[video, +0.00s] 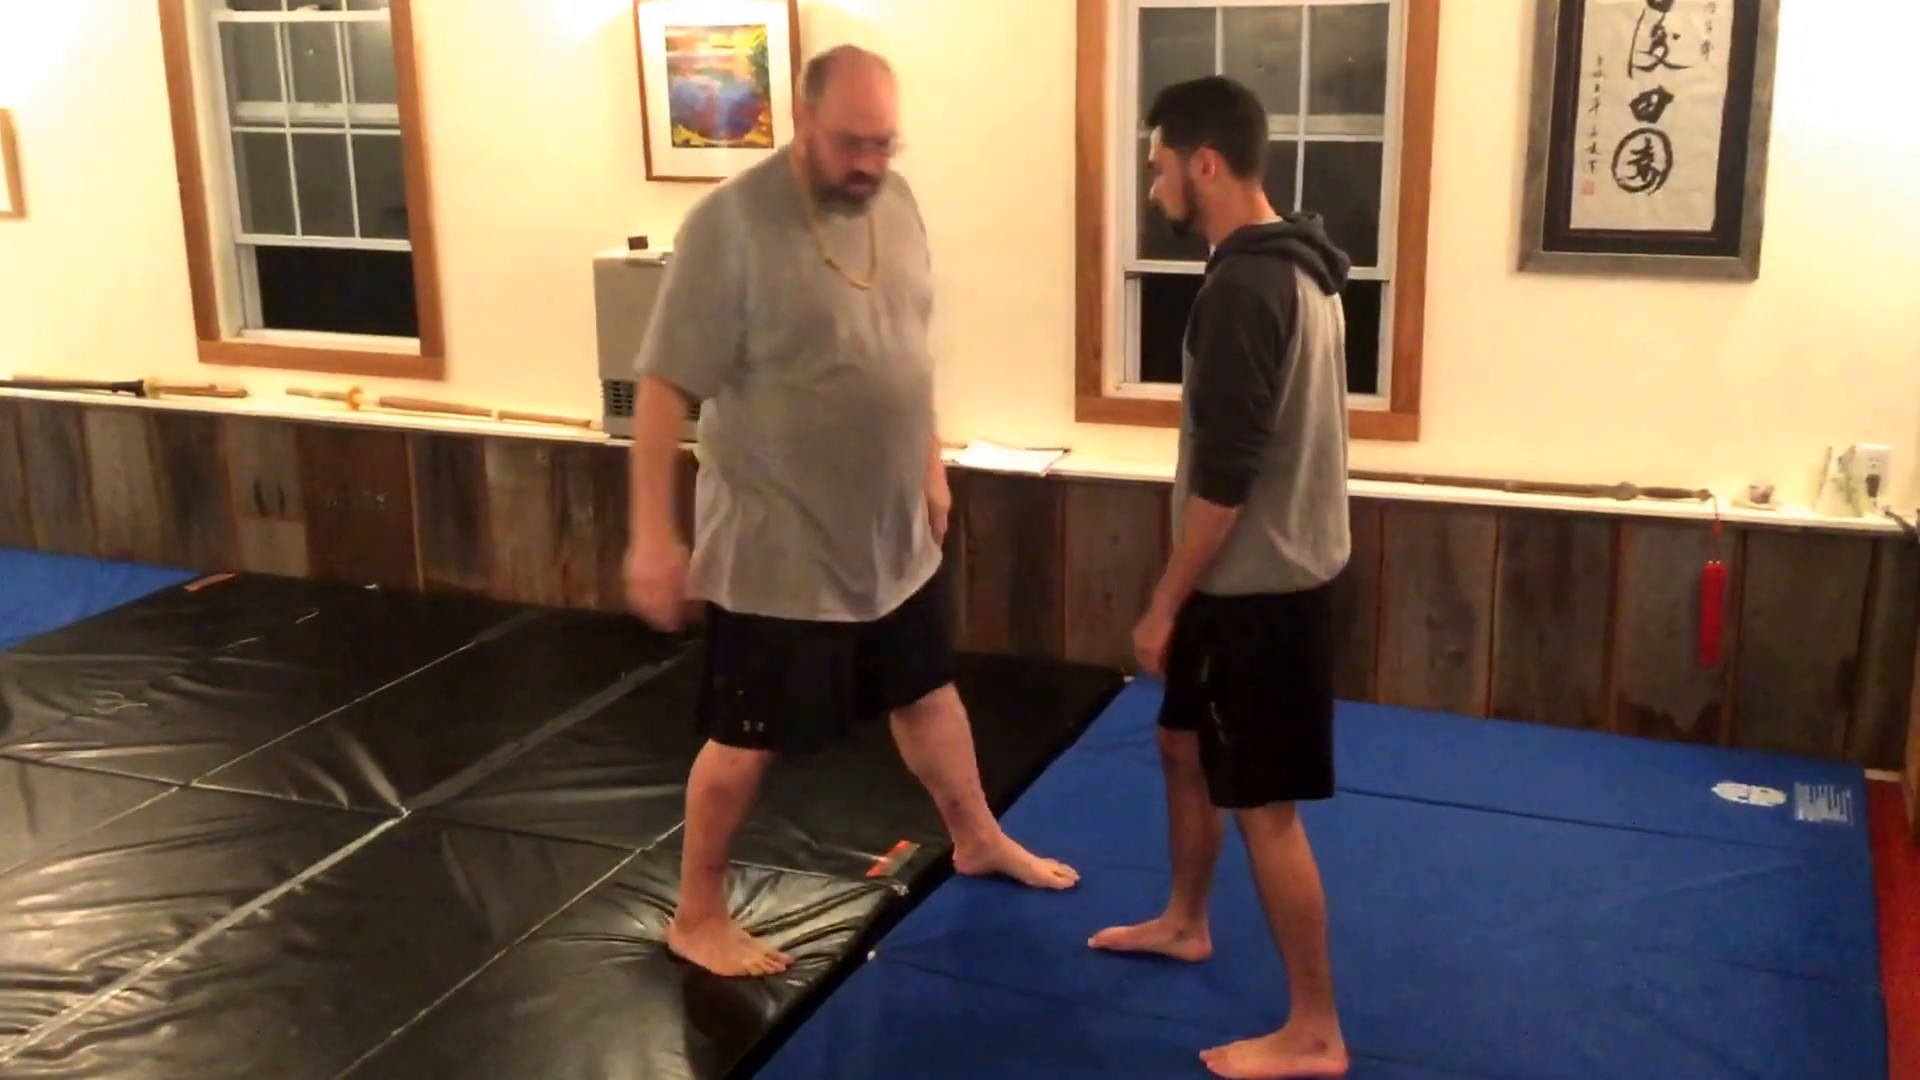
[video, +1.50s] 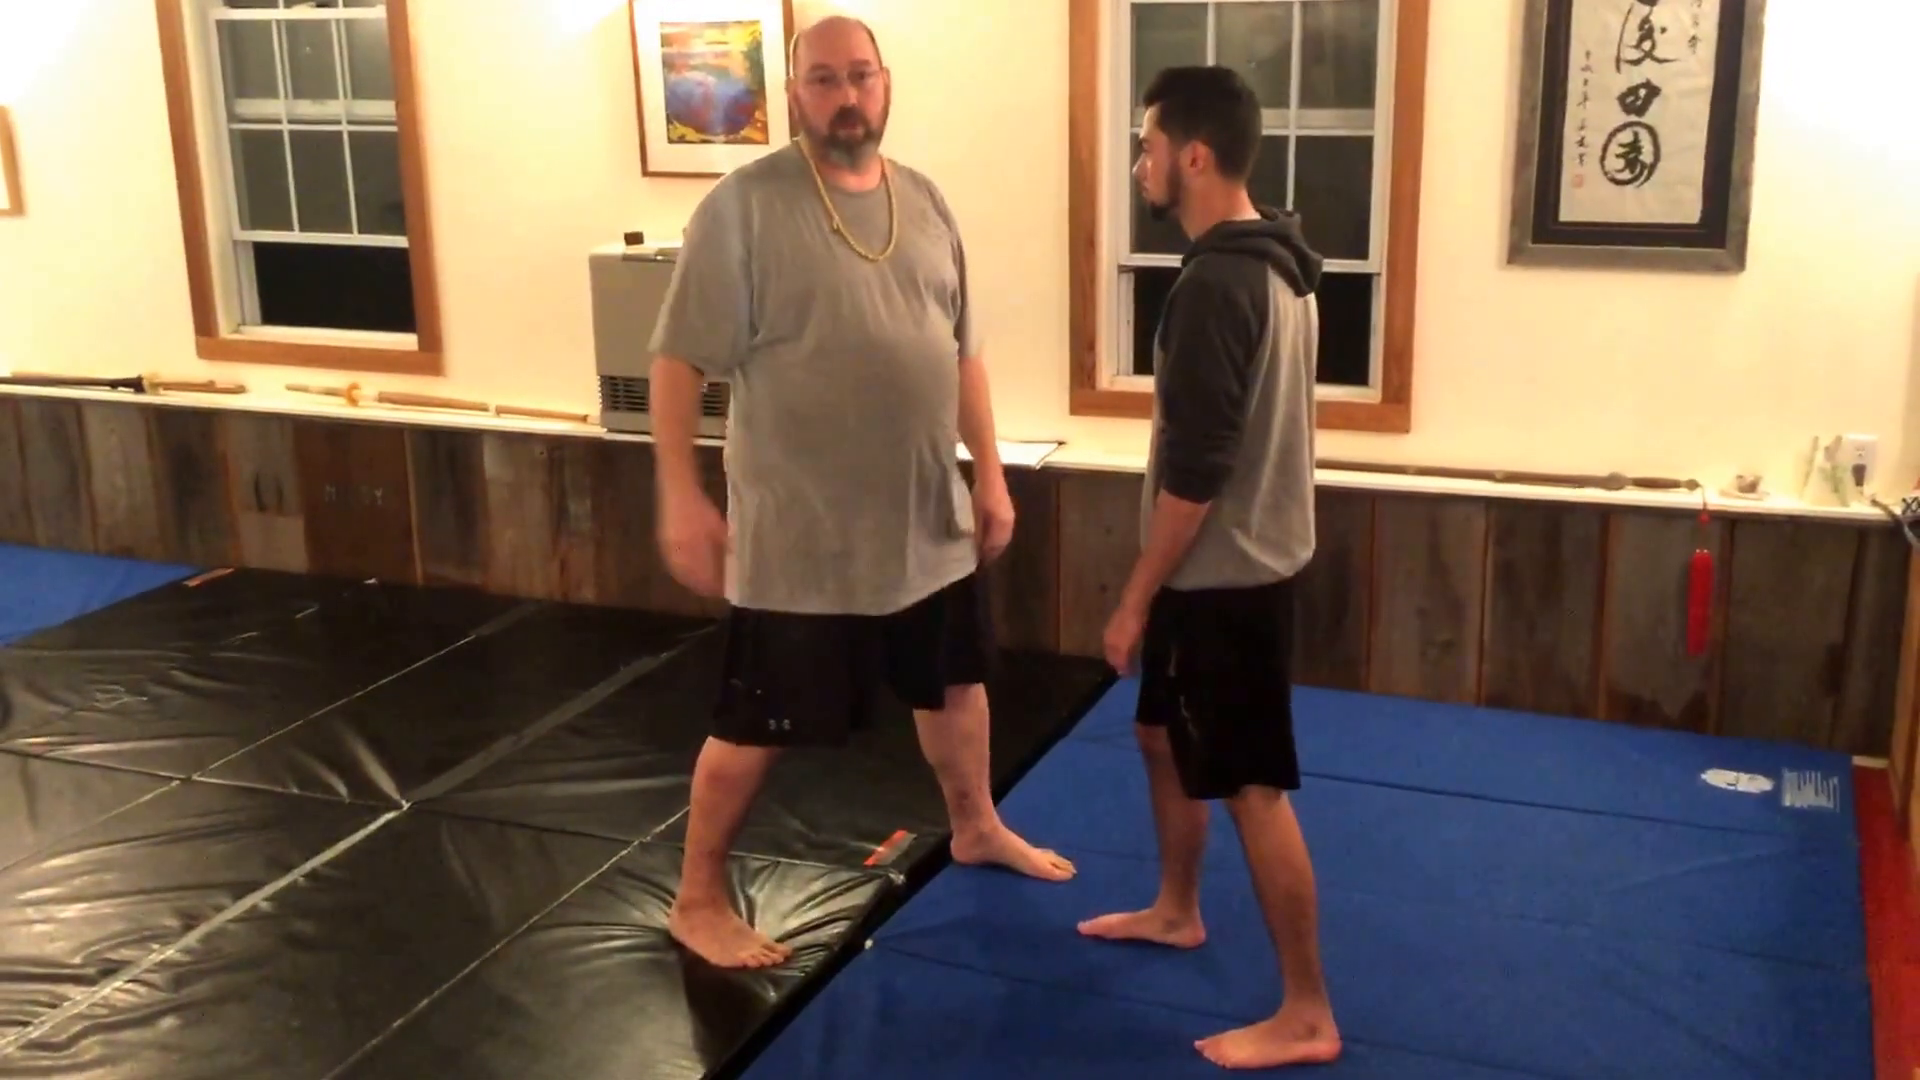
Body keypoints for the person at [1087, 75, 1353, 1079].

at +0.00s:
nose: (1156, 185)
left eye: (1162, 164)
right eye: (1156, 166)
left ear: (1207, 163)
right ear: (1238, 162)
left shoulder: (1242, 287)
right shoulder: (1299, 261)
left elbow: (1227, 477)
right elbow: (1289, 439)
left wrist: (1164, 605)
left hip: (1258, 582)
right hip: (1263, 567)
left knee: (1263, 807)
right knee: (1184, 744)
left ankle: (1315, 1031)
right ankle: (1184, 919)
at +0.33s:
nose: (1151, 174)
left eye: (1158, 154)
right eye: (1152, 155)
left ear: (1205, 158)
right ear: (1232, 158)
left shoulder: (1237, 282)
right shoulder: (1290, 256)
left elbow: (1216, 468)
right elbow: (1274, 434)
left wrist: (1158, 588)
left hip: (1255, 569)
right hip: (1250, 557)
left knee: (1256, 792)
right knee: (1181, 741)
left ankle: (1313, 1025)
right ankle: (1183, 915)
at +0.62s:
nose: (1150, 168)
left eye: (1158, 149)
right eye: (1152, 149)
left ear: (1204, 157)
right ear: (1231, 156)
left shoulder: (1235, 281)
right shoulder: (1289, 252)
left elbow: (1230, 470)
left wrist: (1182, 607)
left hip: (1254, 575)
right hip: (1248, 560)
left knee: (1264, 797)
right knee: (1178, 738)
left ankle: (1312, 1021)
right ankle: (1180, 913)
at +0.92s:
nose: (1148, 167)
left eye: (1157, 149)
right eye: (1150, 148)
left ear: (1203, 156)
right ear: (1231, 156)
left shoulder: (1228, 284)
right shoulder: (1288, 256)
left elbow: (1223, 476)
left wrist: (1173, 624)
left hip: (1245, 579)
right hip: (1247, 561)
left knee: (1261, 796)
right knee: (1173, 733)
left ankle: (1310, 1018)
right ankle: (1180, 909)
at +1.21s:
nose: (1146, 164)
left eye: (1155, 146)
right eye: (1149, 145)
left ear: (1200, 155)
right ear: (1227, 154)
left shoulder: (1223, 284)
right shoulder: (1278, 260)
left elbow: (1204, 474)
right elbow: (1270, 435)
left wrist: (1144, 606)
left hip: (1236, 574)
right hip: (1237, 560)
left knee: (1257, 791)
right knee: (1168, 734)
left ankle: (1308, 1016)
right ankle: (1178, 908)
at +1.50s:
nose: (1142, 162)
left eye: (1151, 143)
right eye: (1145, 142)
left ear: (1197, 154)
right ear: (1226, 153)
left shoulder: (1216, 282)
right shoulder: (1274, 257)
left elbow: (1196, 472)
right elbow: (1268, 429)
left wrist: (1133, 600)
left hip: (1228, 570)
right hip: (1233, 555)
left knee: (1252, 786)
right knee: (1162, 731)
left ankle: (1307, 1013)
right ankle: (1177, 907)